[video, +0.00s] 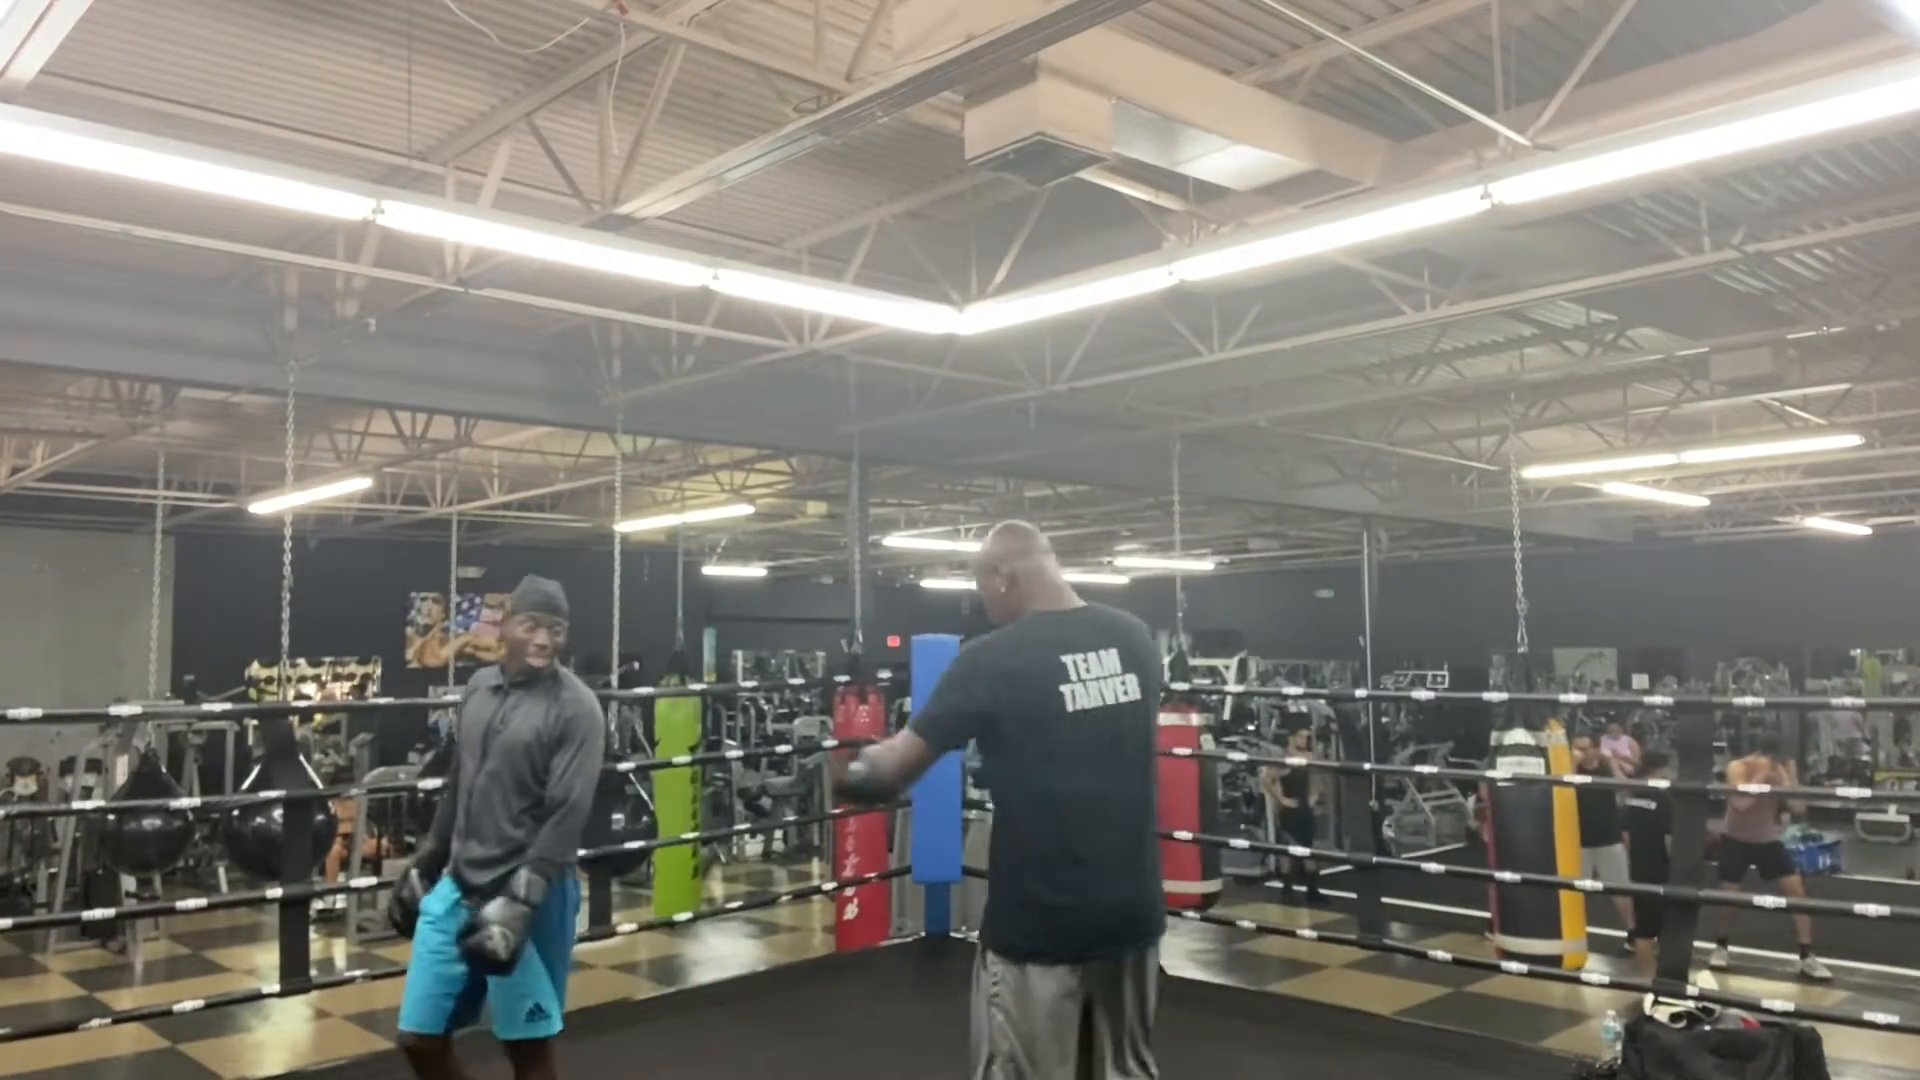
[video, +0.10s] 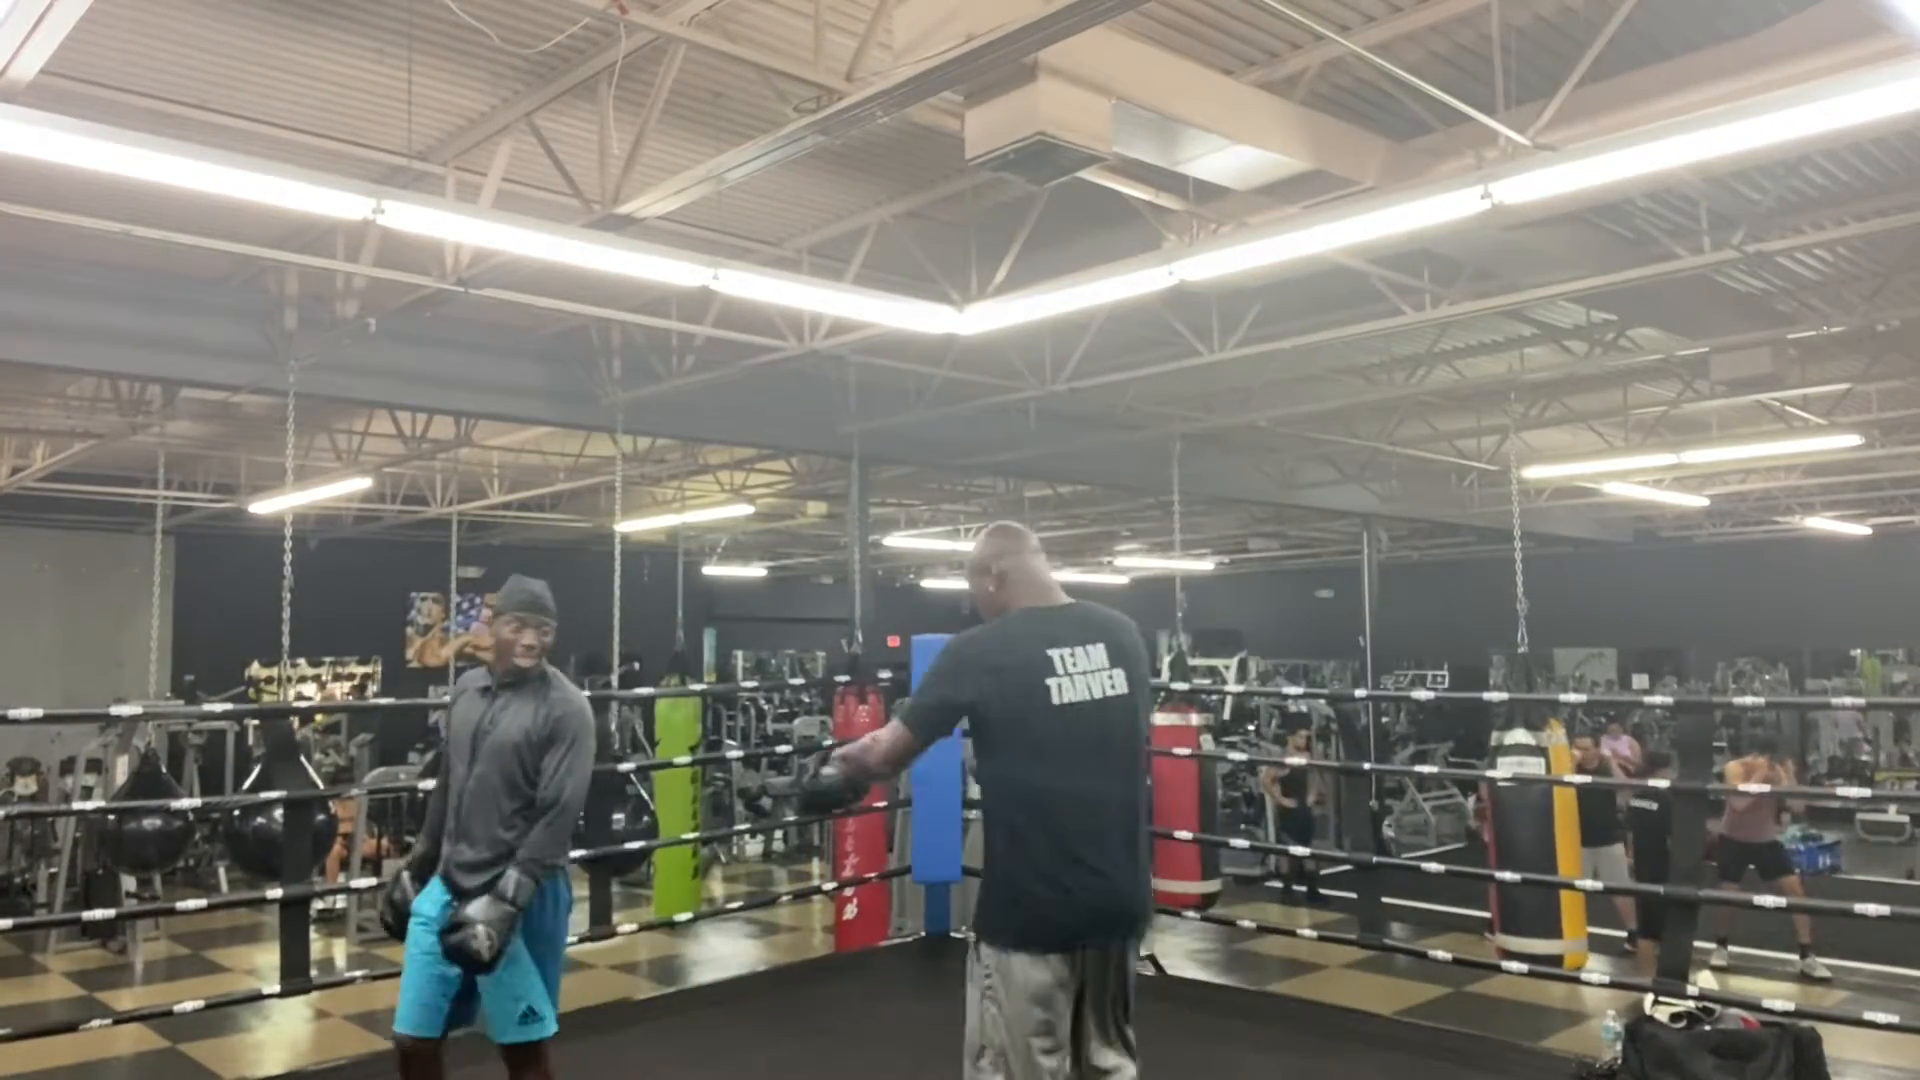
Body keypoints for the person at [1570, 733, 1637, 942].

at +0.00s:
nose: (1579, 754)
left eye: (1584, 749)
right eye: (1576, 749)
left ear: (1596, 749)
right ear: (1571, 751)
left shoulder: (1607, 769)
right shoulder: (1571, 772)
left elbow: (1626, 789)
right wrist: (1571, 765)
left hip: (1610, 839)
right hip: (1578, 840)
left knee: (1619, 890)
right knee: (1572, 892)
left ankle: (1632, 931)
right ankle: (1570, 934)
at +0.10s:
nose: (1582, 754)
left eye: (1586, 749)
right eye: (1578, 749)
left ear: (1597, 749)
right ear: (1573, 751)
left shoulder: (1608, 768)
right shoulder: (1571, 769)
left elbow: (1625, 785)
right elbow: (1558, 787)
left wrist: (1611, 762)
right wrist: (1570, 764)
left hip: (1609, 838)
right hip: (1579, 839)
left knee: (1621, 888)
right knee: (1573, 890)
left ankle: (1632, 932)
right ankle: (1571, 935)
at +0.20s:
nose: (1585, 754)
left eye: (1589, 749)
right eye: (1581, 749)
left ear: (1598, 749)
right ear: (1574, 750)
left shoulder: (1609, 768)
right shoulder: (1570, 770)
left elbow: (1626, 790)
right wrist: (1570, 764)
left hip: (1609, 838)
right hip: (1578, 839)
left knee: (1620, 888)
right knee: (1573, 890)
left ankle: (1632, 931)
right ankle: (1572, 934)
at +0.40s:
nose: (1590, 755)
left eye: (1595, 750)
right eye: (1585, 750)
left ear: (1600, 751)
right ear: (1576, 751)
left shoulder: (1611, 770)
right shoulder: (1570, 774)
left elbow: (1629, 792)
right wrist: (1577, 765)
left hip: (1608, 839)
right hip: (1578, 840)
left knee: (1620, 888)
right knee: (1572, 891)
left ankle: (1633, 933)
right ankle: (1569, 937)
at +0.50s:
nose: (1591, 754)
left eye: (1594, 749)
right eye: (1586, 750)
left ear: (1600, 750)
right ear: (1575, 753)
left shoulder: (1613, 771)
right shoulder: (1572, 775)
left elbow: (1629, 783)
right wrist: (1581, 767)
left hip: (1609, 838)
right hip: (1580, 839)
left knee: (1621, 888)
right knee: (1574, 890)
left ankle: (1633, 933)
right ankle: (1568, 937)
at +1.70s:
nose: (1559, 754)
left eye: (1563, 749)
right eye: (1559, 750)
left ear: (1580, 750)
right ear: (1569, 751)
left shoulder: (1604, 772)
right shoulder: (1562, 774)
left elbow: (1621, 798)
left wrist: (1592, 786)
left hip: (1604, 842)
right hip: (1570, 841)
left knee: (1618, 890)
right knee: (1566, 890)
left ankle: (1633, 934)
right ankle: (1562, 931)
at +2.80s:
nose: (1567, 762)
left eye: (1570, 757)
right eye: (1565, 757)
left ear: (1582, 756)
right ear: (1564, 759)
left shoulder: (1603, 773)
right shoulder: (1561, 777)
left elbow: (1626, 794)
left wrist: (1598, 794)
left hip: (1605, 841)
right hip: (1573, 842)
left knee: (1619, 890)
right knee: (1567, 892)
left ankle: (1633, 933)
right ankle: (1563, 936)